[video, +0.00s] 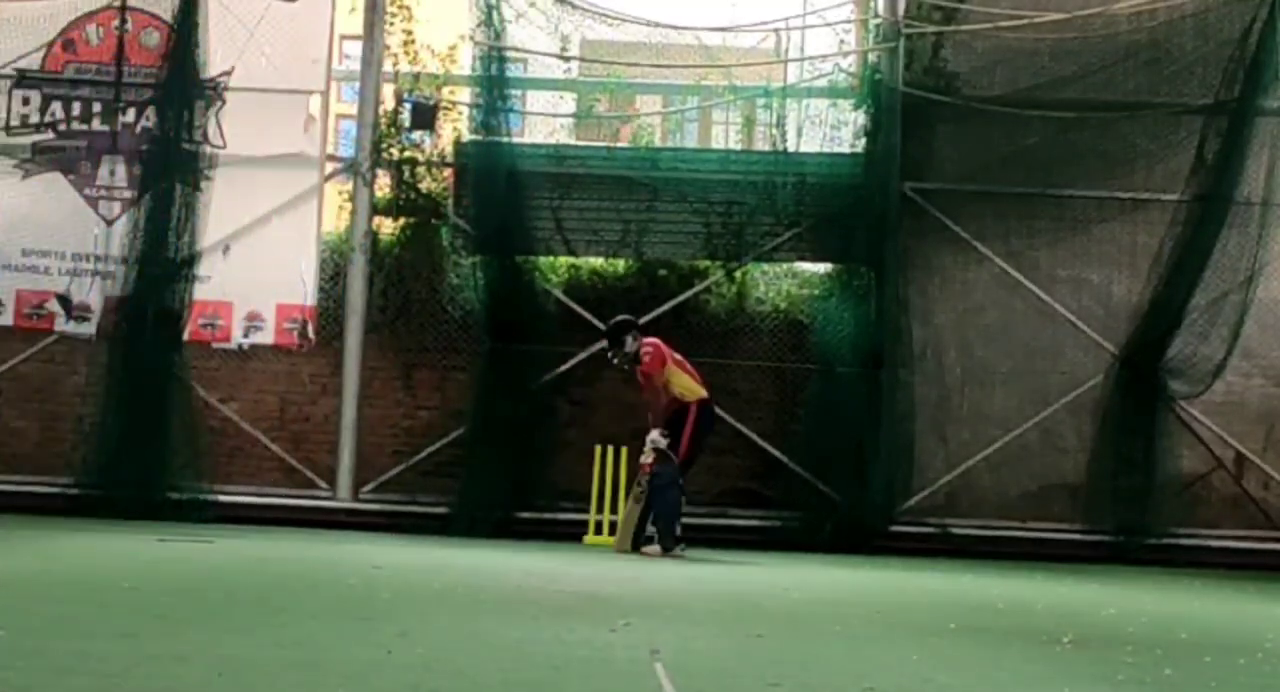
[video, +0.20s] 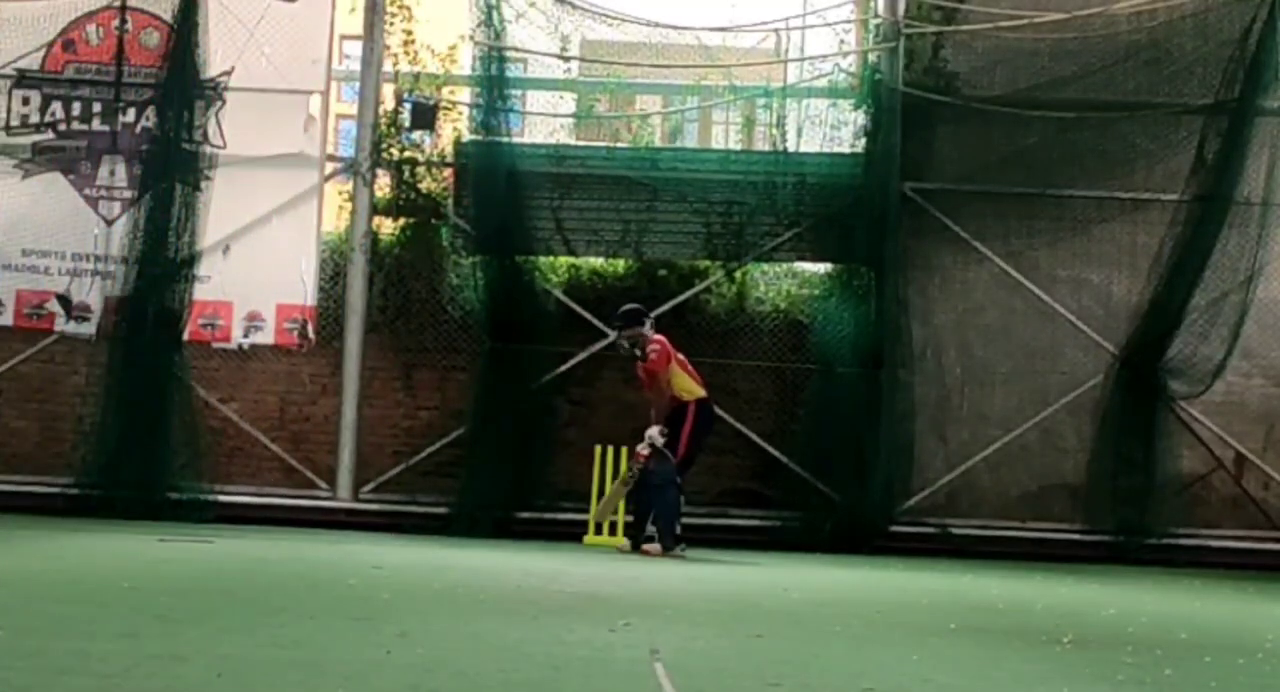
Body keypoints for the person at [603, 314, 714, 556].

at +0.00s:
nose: (618, 352)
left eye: (619, 345)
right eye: (615, 347)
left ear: (632, 338)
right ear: (630, 339)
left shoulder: (651, 348)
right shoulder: (642, 360)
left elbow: (655, 391)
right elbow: (654, 398)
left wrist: (654, 428)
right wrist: (654, 431)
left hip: (695, 404)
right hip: (677, 406)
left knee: (670, 469)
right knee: (661, 468)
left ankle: (668, 540)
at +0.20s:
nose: (624, 337)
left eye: (627, 330)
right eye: (622, 331)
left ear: (640, 327)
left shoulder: (657, 344)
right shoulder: (643, 359)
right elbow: (656, 396)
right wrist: (653, 430)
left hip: (695, 404)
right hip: (676, 405)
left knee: (671, 469)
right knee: (654, 465)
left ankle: (668, 538)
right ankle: (637, 534)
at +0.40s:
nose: (636, 321)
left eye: (641, 316)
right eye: (633, 315)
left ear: (653, 318)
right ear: (630, 318)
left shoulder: (659, 342)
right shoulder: (646, 345)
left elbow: (663, 381)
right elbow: (660, 385)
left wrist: (656, 414)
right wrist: (646, 407)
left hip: (689, 401)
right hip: (673, 401)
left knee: (670, 467)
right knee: (655, 463)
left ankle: (668, 539)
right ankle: (639, 534)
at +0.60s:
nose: (638, 318)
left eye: (645, 313)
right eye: (634, 312)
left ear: (656, 316)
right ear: (629, 315)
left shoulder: (658, 342)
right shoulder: (641, 343)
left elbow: (661, 383)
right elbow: (641, 377)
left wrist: (649, 397)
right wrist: (644, 405)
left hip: (682, 400)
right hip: (665, 401)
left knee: (665, 467)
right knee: (651, 464)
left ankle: (667, 538)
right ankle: (636, 534)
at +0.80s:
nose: (639, 320)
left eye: (645, 315)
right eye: (634, 314)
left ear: (655, 319)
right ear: (629, 317)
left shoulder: (657, 347)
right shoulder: (642, 348)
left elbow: (663, 390)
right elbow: (644, 382)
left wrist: (646, 397)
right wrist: (644, 402)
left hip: (682, 402)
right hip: (665, 403)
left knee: (663, 468)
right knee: (649, 464)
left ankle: (665, 538)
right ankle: (641, 534)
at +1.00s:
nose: (638, 320)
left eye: (645, 316)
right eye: (634, 314)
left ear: (654, 319)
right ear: (628, 317)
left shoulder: (657, 347)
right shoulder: (637, 346)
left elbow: (664, 391)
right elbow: (636, 379)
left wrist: (645, 398)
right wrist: (641, 408)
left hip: (683, 403)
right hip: (663, 403)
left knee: (663, 468)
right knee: (648, 465)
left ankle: (666, 538)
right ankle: (640, 534)